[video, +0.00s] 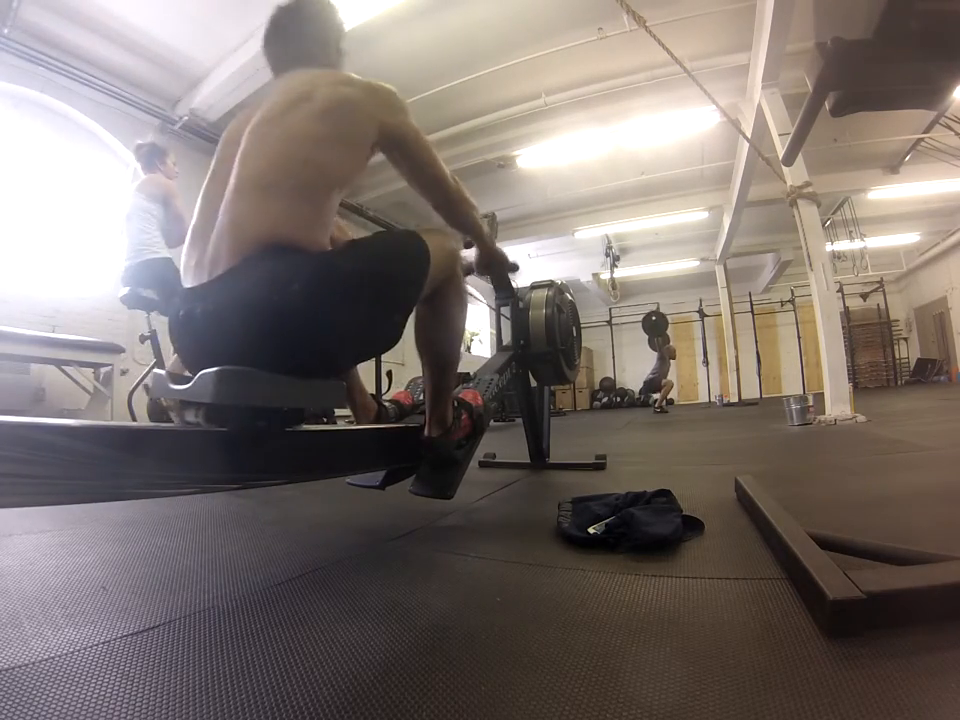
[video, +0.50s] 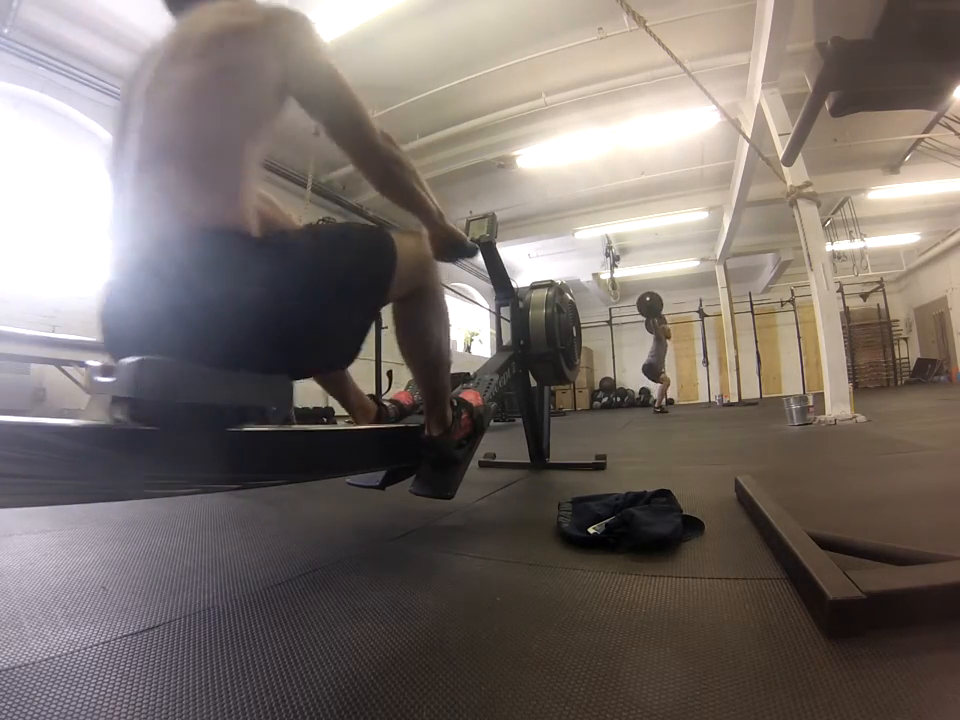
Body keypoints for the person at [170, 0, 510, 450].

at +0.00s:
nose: (343, 49)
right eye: (340, 40)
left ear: (272, 60)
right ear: (336, 44)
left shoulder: (243, 121)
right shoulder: (367, 95)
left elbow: (323, 227)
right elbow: (450, 200)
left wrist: (382, 263)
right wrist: (485, 244)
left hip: (198, 334)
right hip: (287, 315)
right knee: (445, 250)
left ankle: (364, 409)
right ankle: (441, 426)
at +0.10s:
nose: (331, 39)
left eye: (327, 30)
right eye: (327, 30)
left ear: (260, 56)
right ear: (323, 36)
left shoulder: (234, 119)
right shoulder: (359, 92)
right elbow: (445, 206)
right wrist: (483, 257)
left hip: (193, 335)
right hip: (283, 315)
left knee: (328, 244)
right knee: (447, 252)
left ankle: (367, 413)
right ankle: (440, 425)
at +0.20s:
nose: (318, 36)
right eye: (315, 25)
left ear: (244, 45)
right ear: (309, 28)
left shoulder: (220, 110)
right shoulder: (346, 81)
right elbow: (425, 186)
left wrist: (314, 233)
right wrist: (474, 248)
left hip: (184, 332)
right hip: (275, 312)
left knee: (322, 247)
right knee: (442, 251)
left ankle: (366, 411)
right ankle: (441, 424)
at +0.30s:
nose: (304, 21)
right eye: (299, 13)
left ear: (223, 34)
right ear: (292, 14)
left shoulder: (194, 100)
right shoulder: (328, 68)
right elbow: (415, 183)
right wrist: (465, 245)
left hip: (169, 326)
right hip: (264, 307)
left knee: (304, 242)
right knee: (436, 251)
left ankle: (367, 412)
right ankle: (441, 423)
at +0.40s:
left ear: (202, 24)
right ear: (269, 6)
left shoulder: (179, 82)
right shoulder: (309, 55)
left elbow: (162, 196)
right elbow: (394, 168)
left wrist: (298, 232)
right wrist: (455, 240)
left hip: (151, 319)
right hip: (249, 301)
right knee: (428, 255)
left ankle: (366, 410)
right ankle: (441, 421)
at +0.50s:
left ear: (175, 11)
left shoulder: (149, 63)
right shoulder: (274, 26)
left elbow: (197, 185)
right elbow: (372, 151)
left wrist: (303, 240)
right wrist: (438, 223)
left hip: (129, 313)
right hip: (224, 298)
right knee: (418, 258)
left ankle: (365, 411)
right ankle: (443, 422)